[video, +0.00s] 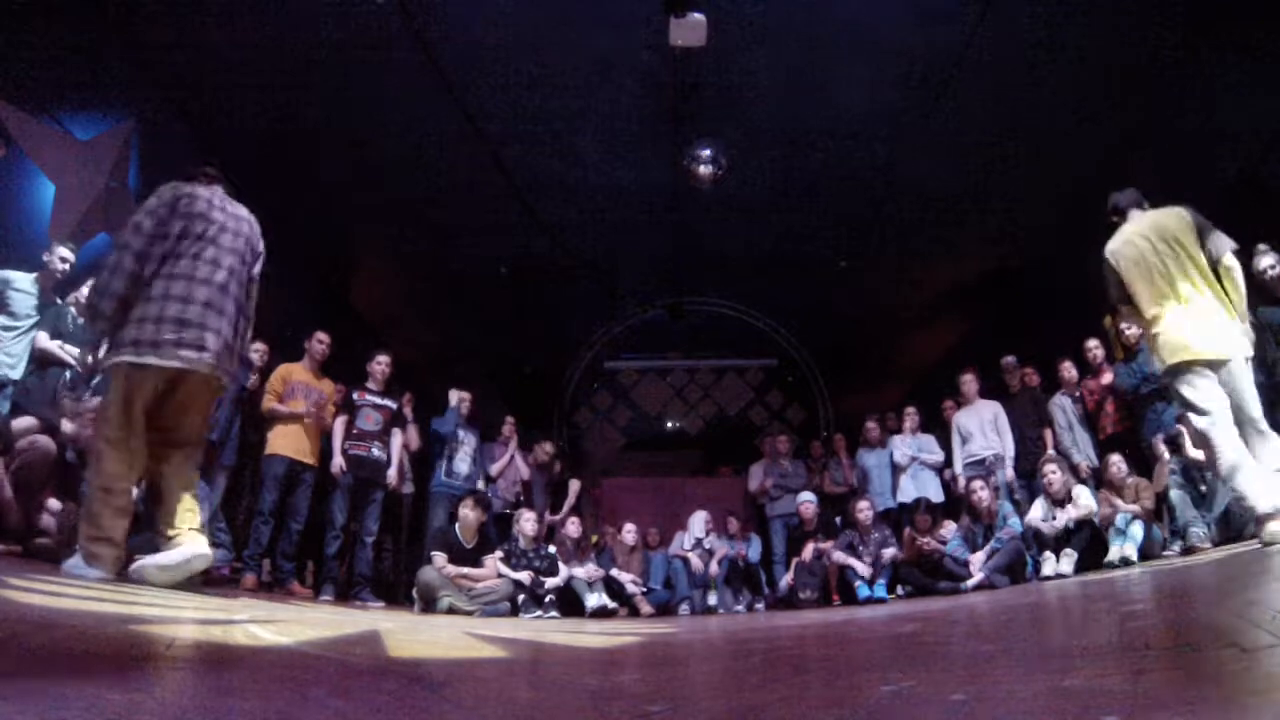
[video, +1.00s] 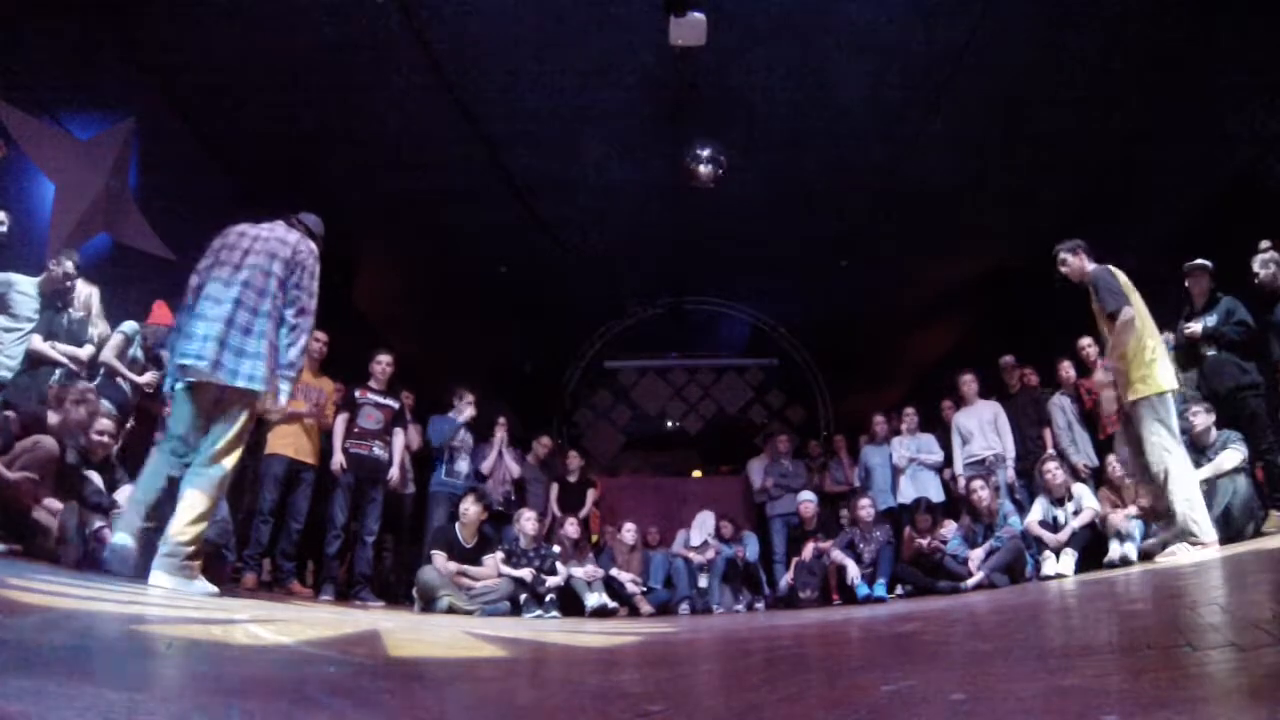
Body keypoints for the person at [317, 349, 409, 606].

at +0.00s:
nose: (383, 368)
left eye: (387, 365)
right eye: (379, 363)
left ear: (391, 371)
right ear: (369, 366)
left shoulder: (395, 403)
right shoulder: (353, 394)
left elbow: (396, 436)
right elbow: (340, 424)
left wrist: (394, 466)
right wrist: (336, 455)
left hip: (377, 468)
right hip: (349, 463)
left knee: (369, 532)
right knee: (337, 527)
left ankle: (361, 587)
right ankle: (328, 584)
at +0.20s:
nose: (380, 367)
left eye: (385, 364)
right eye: (376, 363)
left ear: (390, 369)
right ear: (368, 366)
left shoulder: (395, 403)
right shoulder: (353, 394)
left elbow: (397, 435)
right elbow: (340, 423)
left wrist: (394, 466)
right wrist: (336, 454)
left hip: (377, 468)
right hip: (349, 463)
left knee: (369, 531)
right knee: (337, 527)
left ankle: (361, 587)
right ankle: (328, 584)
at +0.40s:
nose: (380, 367)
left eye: (385, 364)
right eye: (376, 362)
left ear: (390, 369)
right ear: (368, 366)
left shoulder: (395, 403)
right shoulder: (353, 394)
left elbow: (397, 435)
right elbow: (340, 423)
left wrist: (394, 465)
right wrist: (336, 454)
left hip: (377, 468)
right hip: (349, 463)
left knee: (369, 531)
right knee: (337, 526)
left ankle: (361, 586)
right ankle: (328, 584)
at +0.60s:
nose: (381, 367)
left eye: (386, 364)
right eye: (377, 363)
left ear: (391, 369)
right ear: (369, 366)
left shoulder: (396, 404)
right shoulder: (354, 394)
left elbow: (398, 435)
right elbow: (340, 423)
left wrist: (395, 464)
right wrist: (336, 454)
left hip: (377, 468)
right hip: (349, 463)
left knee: (369, 531)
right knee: (337, 527)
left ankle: (361, 586)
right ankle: (328, 584)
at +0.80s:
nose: (382, 368)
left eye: (387, 364)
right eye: (378, 363)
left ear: (393, 370)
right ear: (370, 367)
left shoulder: (396, 404)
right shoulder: (354, 394)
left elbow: (398, 434)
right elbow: (340, 422)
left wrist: (395, 464)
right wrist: (336, 453)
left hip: (377, 467)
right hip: (350, 462)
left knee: (370, 530)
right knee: (338, 526)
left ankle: (361, 586)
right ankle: (328, 583)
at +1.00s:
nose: (383, 368)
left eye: (388, 365)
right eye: (379, 363)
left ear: (393, 370)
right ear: (370, 366)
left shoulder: (396, 403)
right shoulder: (355, 393)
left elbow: (398, 435)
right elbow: (340, 422)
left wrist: (396, 465)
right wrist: (337, 452)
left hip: (378, 466)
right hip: (350, 461)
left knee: (369, 530)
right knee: (338, 526)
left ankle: (361, 586)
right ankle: (328, 584)